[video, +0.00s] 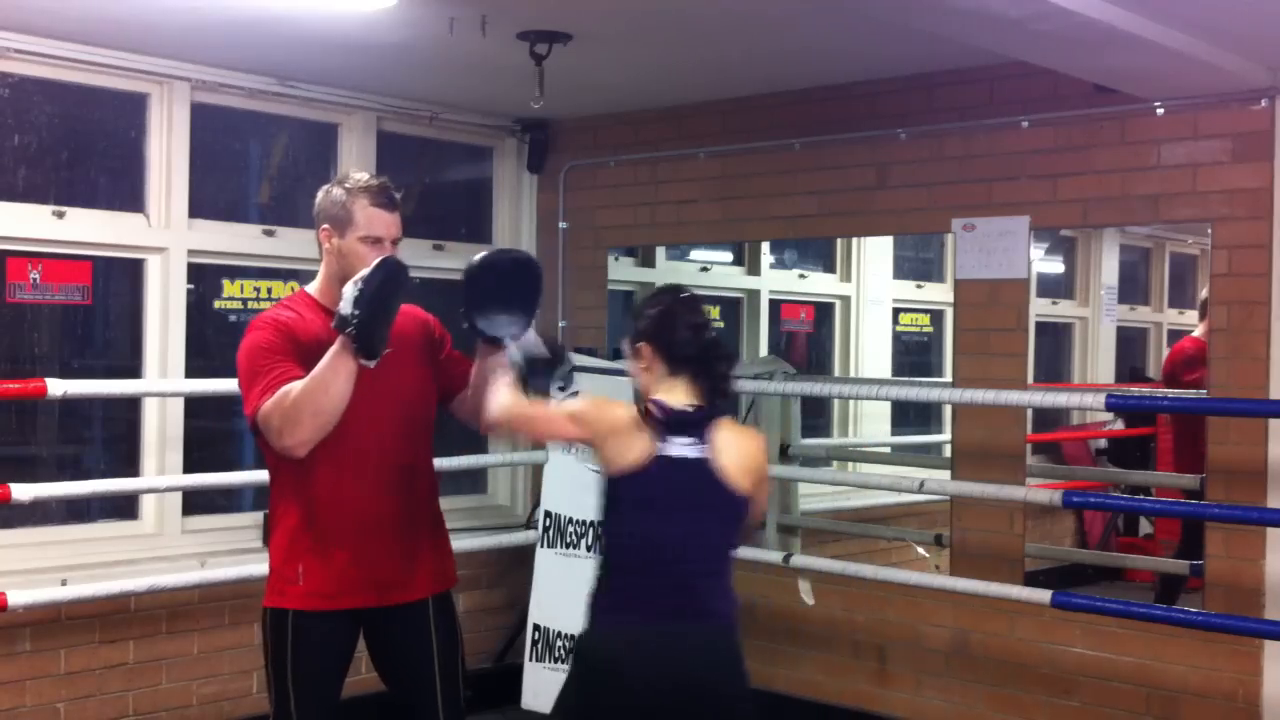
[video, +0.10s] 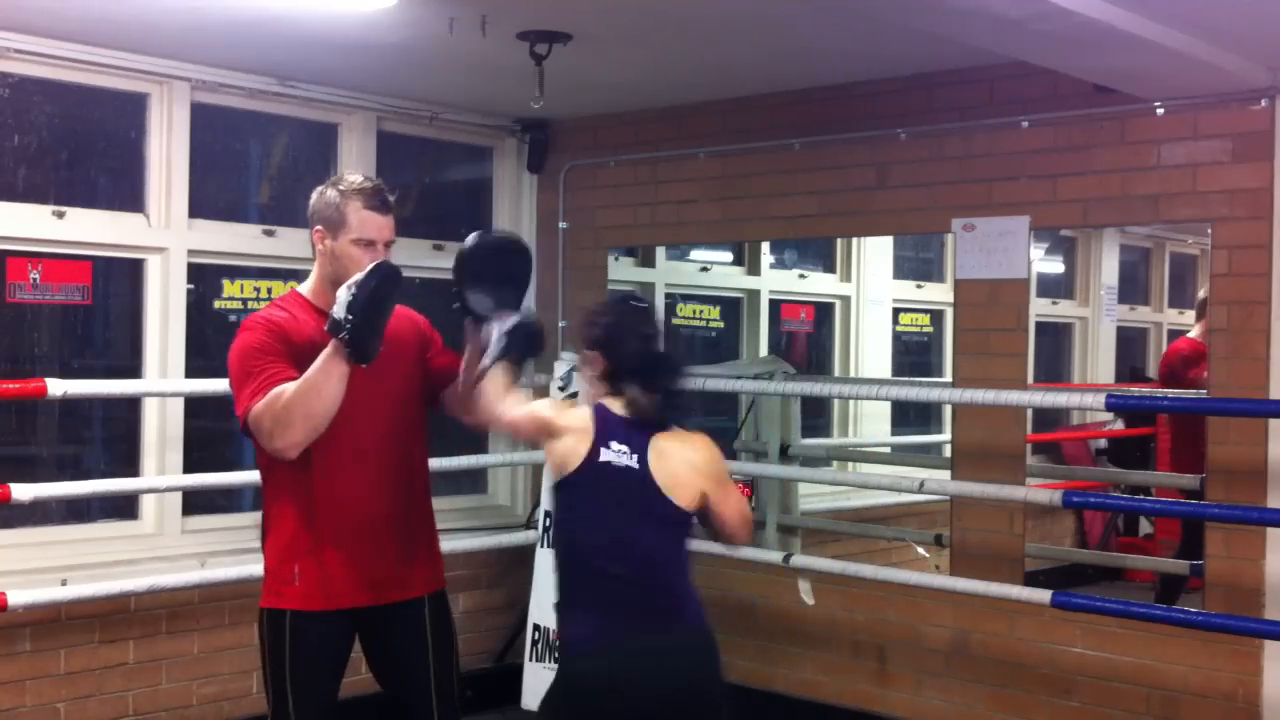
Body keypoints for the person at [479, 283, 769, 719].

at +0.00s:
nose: (632, 370)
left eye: (631, 359)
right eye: (630, 360)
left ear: (646, 357)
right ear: (708, 358)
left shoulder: (612, 421)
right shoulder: (749, 446)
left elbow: (501, 411)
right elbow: (746, 524)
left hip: (618, 654)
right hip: (708, 657)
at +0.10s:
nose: (582, 363)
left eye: (585, 354)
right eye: (584, 353)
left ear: (598, 364)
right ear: (654, 363)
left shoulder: (563, 422)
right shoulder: (696, 452)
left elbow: (492, 405)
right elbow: (738, 531)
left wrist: (509, 348)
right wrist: (696, 496)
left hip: (592, 669)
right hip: (680, 668)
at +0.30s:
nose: (493, 378)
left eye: (498, 363)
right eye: (492, 363)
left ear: (534, 364)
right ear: (536, 366)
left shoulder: (601, 449)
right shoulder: (540, 434)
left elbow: (592, 573)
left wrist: (523, 514)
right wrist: (506, 475)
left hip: (639, 674)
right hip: (599, 666)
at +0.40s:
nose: (479, 393)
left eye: (482, 378)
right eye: (477, 380)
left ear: (515, 379)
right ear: (517, 380)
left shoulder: (590, 465)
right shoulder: (541, 443)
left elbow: (542, 584)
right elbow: (453, 427)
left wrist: (502, 506)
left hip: (630, 677)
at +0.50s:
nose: (482, 389)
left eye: (483, 373)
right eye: (479, 374)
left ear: (511, 371)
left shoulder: (566, 456)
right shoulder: (586, 427)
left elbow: (502, 566)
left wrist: (475, 479)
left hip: (620, 679)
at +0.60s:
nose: (525, 379)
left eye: (524, 365)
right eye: (522, 366)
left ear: (543, 358)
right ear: (594, 352)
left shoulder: (563, 445)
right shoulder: (651, 424)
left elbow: (497, 541)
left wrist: (481, 456)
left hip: (622, 672)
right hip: (689, 657)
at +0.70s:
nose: (576, 375)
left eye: (577, 362)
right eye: (576, 362)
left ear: (596, 359)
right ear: (648, 351)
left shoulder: (603, 440)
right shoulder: (706, 430)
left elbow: (545, 534)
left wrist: (530, 453)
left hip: (647, 668)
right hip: (722, 659)